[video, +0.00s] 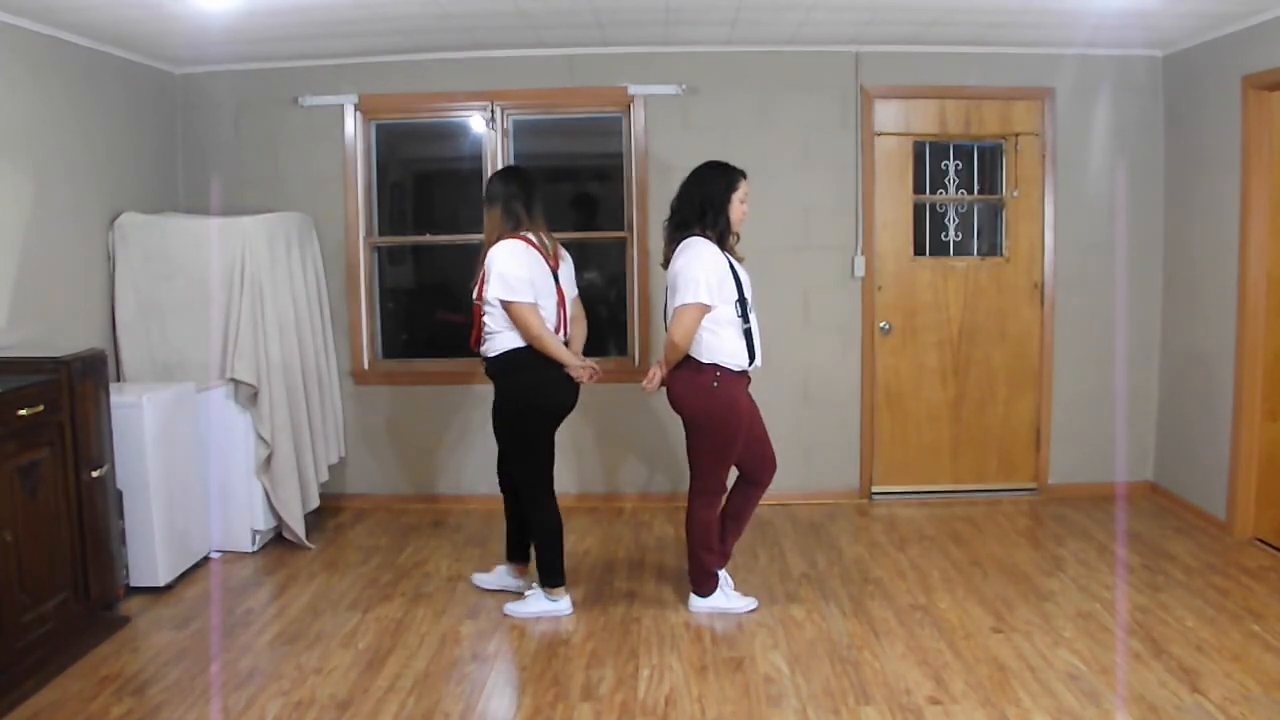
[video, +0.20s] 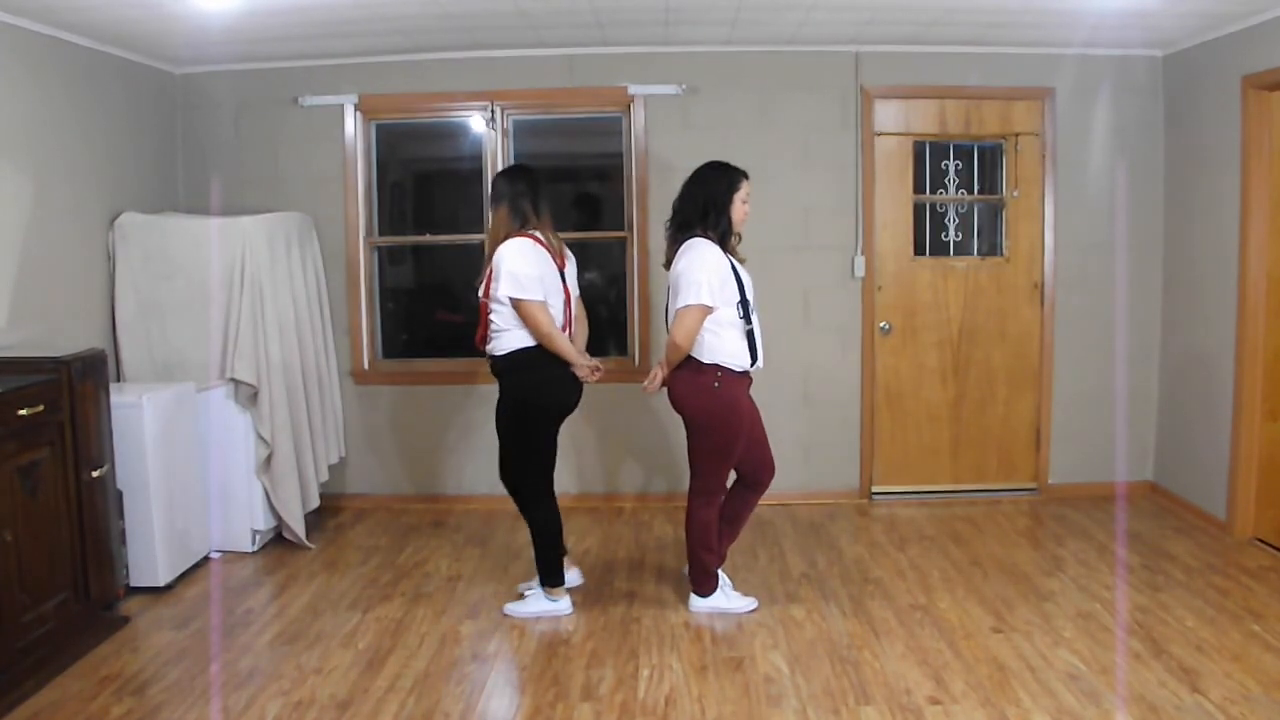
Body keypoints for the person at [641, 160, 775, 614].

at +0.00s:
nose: (746, 210)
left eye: (747, 201)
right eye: (741, 201)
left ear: (715, 203)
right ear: (717, 202)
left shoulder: (715, 252)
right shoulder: (698, 253)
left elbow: (686, 325)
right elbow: (680, 336)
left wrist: (663, 365)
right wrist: (663, 367)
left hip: (727, 380)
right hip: (708, 381)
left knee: (759, 470)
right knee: (707, 488)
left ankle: (713, 564)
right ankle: (705, 589)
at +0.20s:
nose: (748, 211)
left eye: (748, 201)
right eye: (743, 202)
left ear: (716, 203)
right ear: (719, 203)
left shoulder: (716, 253)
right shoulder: (701, 254)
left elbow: (686, 328)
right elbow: (681, 338)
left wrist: (666, 365)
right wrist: (664, 368)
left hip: (728, 381)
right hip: (708, 382)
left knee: (758, 472)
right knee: (708, 488)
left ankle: (708, 563)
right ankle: (704, 590)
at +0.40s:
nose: (750, 210)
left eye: (749, 200)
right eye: (745, 200)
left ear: (719, 201)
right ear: (723, 201)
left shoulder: (718, 251)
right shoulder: (703, 252)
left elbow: (688, 324)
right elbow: (683, 337)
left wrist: (666, 363)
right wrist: (665, 367)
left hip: (730, 382)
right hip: (710, 383)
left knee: (758, 472)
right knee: (709, 488)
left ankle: (708, 564)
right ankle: (704, 590)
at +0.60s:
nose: (754, 209)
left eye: (754, 200)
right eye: (749, 200)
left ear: (726, 200)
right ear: (727, 201)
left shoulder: (724, 251)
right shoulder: (706, 252)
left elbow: (693, 326)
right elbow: (683, 338)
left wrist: (669, 364)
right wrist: (668, 366)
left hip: (733, 382)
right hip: (712, 383)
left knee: (762, 471)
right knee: (710, 488)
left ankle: (711, 563)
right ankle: (705, 590)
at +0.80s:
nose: (763, 209)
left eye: (762, 200)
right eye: (757, 200)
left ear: (734, 201)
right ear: (733, 201)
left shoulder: (734, 251)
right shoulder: (712, 250)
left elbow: (706, 321)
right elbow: (680, 329)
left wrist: (677, 363)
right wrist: (678, 364)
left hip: (738, 383)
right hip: (716, 384)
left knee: (767, 473)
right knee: (712, 489)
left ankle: (713, 563)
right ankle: (705, 589)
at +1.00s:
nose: (773, 197)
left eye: (774, 191)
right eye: (763, 190)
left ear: (773, 202)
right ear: (738, 198)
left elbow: (746, 318)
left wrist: (755, 373)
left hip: (747, 384)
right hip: (722, 383)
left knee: (774, 475)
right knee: (721, 489)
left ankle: (715, 563)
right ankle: (705, 589)